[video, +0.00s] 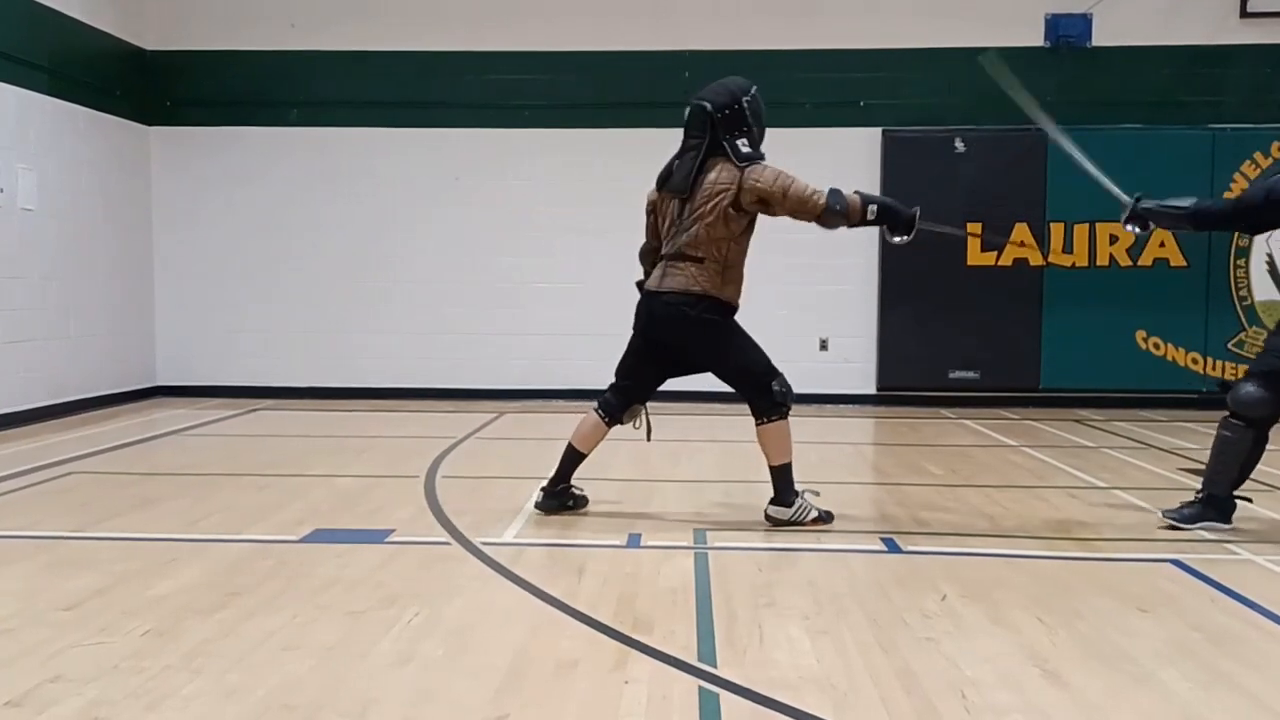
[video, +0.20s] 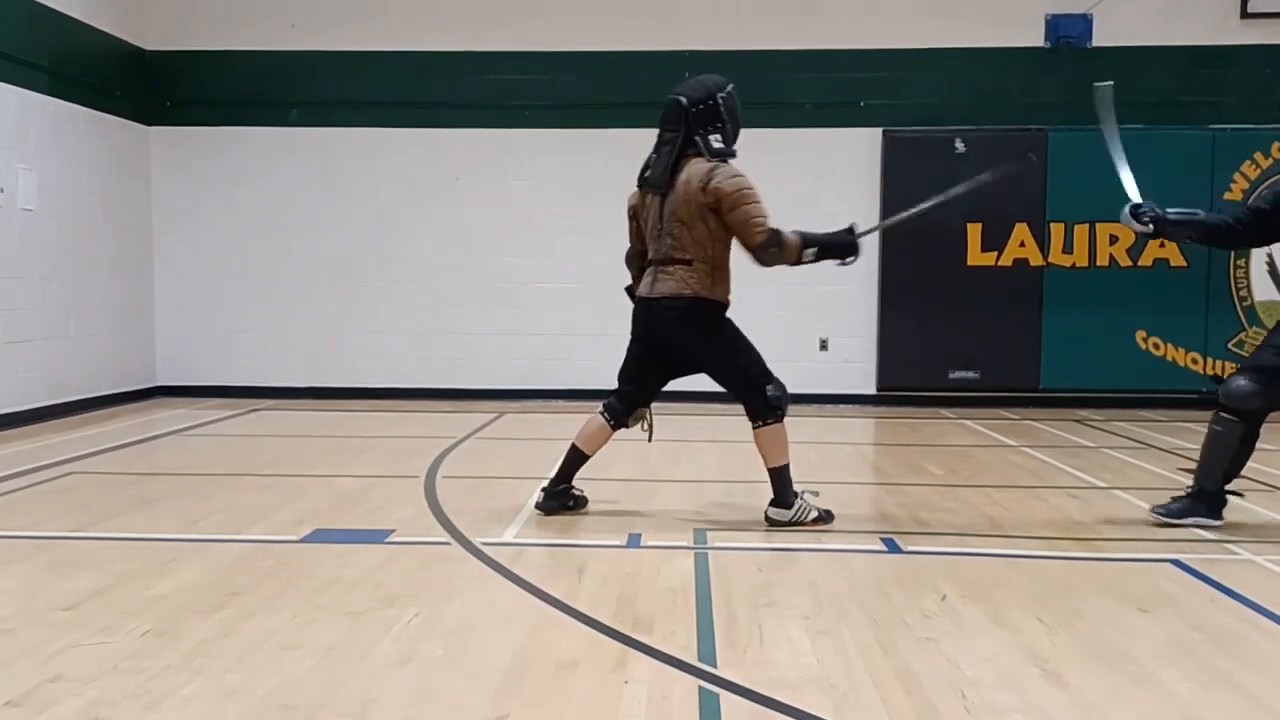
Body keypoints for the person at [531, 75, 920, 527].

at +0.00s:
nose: (758, 130)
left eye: (756, 120)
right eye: (753, 122)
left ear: (703, 124)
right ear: (738, 125)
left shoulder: (673, 172)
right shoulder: (743, 173)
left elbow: (651, 249)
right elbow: (818, 203)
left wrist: (660, 300)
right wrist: (879, 209)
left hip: (656, 311)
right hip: (703, 316)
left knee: (618, 398)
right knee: (770, 392)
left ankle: (556, 486)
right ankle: (785, 499)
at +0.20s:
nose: (734, 125)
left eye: (732, 116)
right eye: (729, 116)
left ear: (680, 121)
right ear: (715, 121)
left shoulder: (651, 178)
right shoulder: (720, 176)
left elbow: (637, 258)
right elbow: (766, 245)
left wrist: (652, 306)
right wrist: (822, 244)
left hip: (650, 317)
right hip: (697, 317)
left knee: (624, 403)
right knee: (765, 397)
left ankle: (557, 487)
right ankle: (785, 501)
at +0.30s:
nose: (713, 122)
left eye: (710, 112)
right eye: (708, 113)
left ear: (661, 115)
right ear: (694, 117)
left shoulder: (634, 171)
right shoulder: (694, 171)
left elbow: (624, 254)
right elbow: (725, 246)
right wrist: (789, 254)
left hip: (636, 312)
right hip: (679, 313)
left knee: (615, 403)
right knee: (739, 402)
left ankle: (555, 488)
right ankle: (781, 500)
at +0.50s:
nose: (685, 112)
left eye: (682, 103)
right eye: (678, 104)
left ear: (632, 111)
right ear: (664, 110)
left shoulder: (620, 162)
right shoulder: (655, 167)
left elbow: (635, 243)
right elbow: (663, 243)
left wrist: (721, 257)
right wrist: (731, 256)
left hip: (615, 304)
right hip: (648, 305)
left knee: (609, 397)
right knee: (717, 383)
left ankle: (554, 486)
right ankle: (698, 492)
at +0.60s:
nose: (678, 106)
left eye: (673, 96)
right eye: (670, 98)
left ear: (627, 108)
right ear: (655, 106)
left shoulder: (615, 155)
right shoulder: (645, 163)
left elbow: (642, 239)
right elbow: (651, 240)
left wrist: (712, 258)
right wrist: (715, 258)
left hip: (614, 300)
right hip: (644, 302)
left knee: (608, 398)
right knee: (706, 389)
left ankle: (554, 487)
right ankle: (684, 494)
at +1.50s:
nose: (647, 102)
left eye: (644, 93)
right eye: (641, 94)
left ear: (597, 100)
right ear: (627, 98)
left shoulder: (587, 152)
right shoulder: (622, 155)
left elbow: (647, 224)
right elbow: (655, 222)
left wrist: (717, 244)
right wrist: (724, 244)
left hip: (593, 293)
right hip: (628, 293)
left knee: (595, 388)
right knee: (671, 390)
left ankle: (553, 487)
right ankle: (682, 495)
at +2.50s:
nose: (667, 104)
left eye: (665, 95)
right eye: (662, 96)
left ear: (617, 101)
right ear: (646, 101)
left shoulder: (595, 151)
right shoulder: (644, 153)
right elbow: (689, 219)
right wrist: (757, 215)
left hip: (596, 290)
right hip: (634, 294)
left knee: (592, 387)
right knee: (675, 391)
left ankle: (553, 487)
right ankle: (683, 496)